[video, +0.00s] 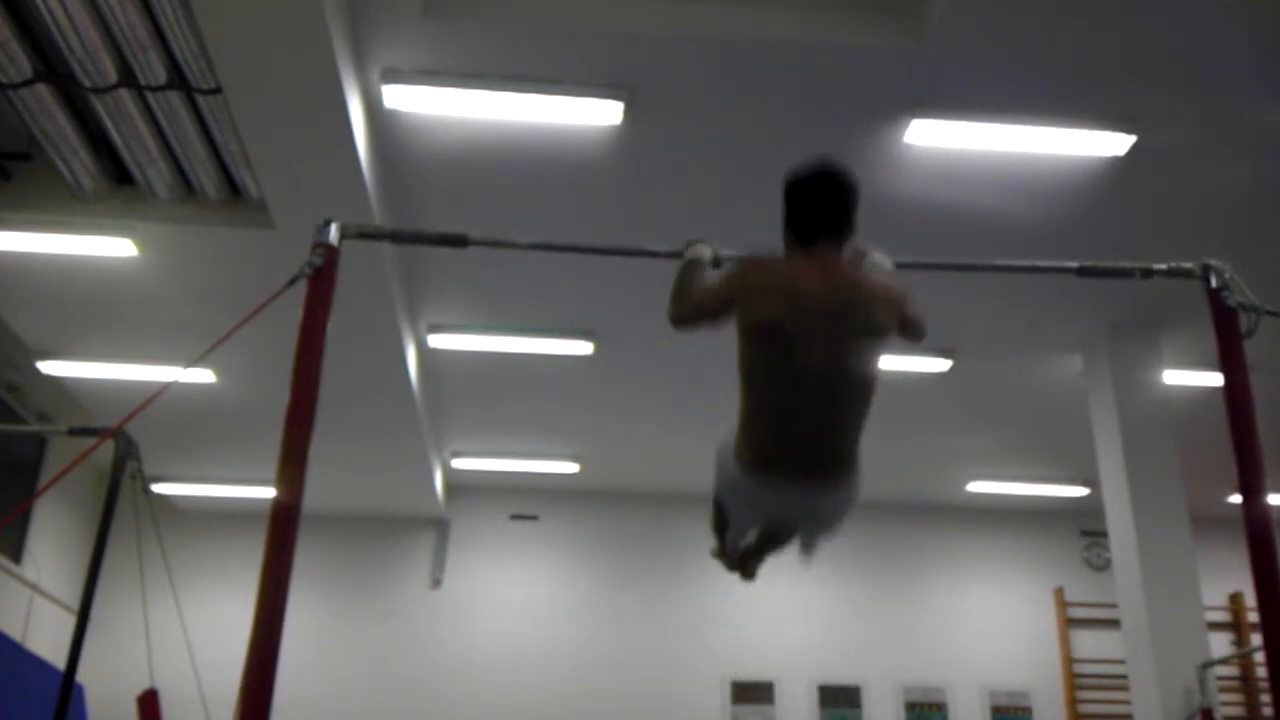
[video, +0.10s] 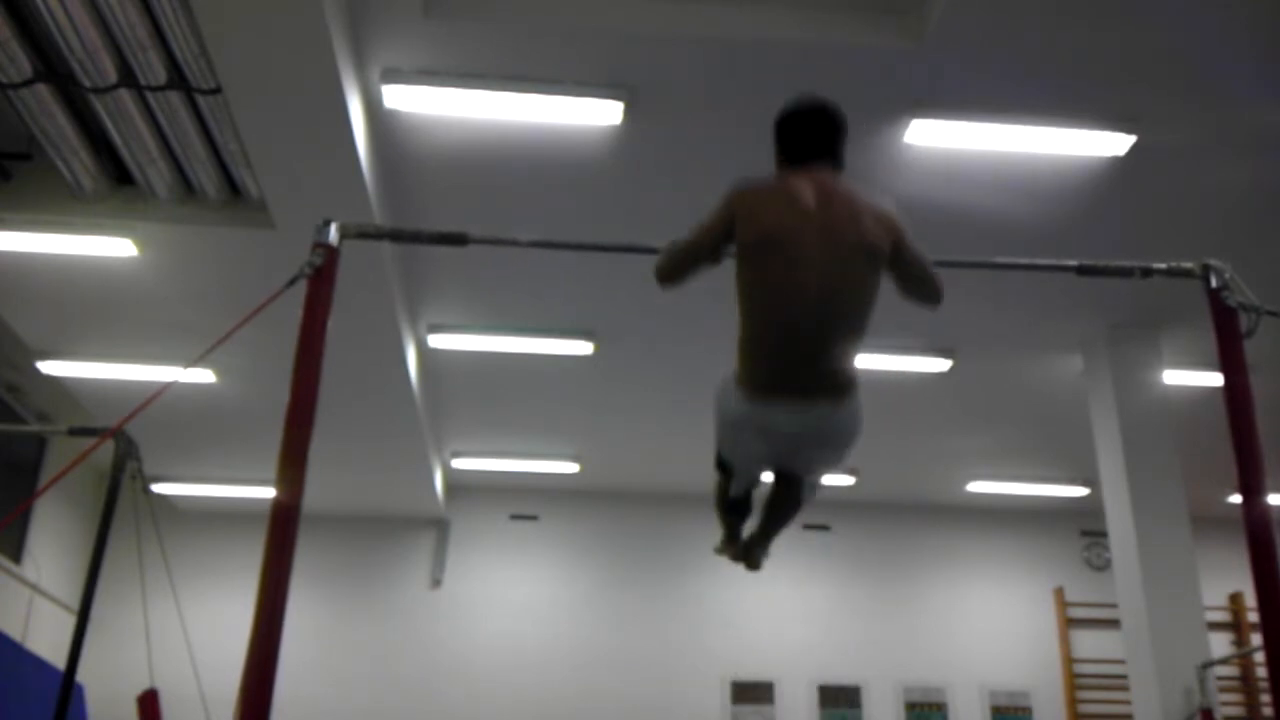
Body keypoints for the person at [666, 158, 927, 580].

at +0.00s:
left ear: (787, 220)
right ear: (849, 226)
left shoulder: (757, 280)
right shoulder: (873, 294)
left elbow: (683, 312)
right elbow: (914, 330)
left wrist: (695, 261)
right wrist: (882, 276)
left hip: (758, 479)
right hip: (829, 487)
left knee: (730, 493)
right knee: (789, 524)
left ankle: (729, 548)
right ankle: (753, 558)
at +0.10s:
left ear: (778, 150)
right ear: (841, 153)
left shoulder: (748, 205)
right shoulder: (874, 220)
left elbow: (669, 271)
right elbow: (929, 292)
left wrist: (701, 245)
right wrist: (881, 249)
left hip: (752, 413)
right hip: (828, 419)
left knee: (734, 468)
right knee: (797, 471)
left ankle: (731, 537)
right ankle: (758, 546)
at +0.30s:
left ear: (753, 140)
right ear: (810, 142)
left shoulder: (735, 150)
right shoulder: (845, 160)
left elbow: (666, 166)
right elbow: (919, 193)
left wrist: (694, 234)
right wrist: (874, 238)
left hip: (758, 333)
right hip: (833, 334)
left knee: (745, 452)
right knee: (804, 459)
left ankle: (742, 549)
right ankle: (769, 555)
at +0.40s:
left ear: (748, 159)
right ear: (801, 156)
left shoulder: (727, 167)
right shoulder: (839, 170)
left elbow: (661, 153)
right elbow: (912, 171)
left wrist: (692, 231)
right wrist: (872, 243)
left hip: (758, 301)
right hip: (835, 301)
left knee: (750, 451)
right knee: (810, 455)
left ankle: (751, 570)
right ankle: (780, 574)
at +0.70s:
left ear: (732, 131)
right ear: (790, 131)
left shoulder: (719, 144)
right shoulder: (821, 151)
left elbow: (660, 159)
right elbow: (889, 176)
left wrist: (690, 231)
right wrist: (873, 238)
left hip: (755, 234)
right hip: (828, 235)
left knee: (766, 405)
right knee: (834, 401)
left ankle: (788, 557)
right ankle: (830, 551)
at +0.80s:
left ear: (732, 102)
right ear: (786, 104)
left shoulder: (715, 121)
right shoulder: (820, 130)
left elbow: (664, 162)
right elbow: (880, 173)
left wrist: (690, 230)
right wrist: (874, 236)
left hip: (755, 210)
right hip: (828, 211)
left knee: (770, 356)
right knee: (837, 355)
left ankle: (796, 497)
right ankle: (841, 489)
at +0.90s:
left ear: (732, 74)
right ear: (786, 78)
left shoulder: (712, 96)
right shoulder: (817, 105)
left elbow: (674, 162)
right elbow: (863, 164)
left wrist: (691, 225)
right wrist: (872, 226)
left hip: (755, 173)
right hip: (827, 175)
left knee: (770, 313)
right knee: (837, 311)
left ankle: (798, 453)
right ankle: (841, 440)